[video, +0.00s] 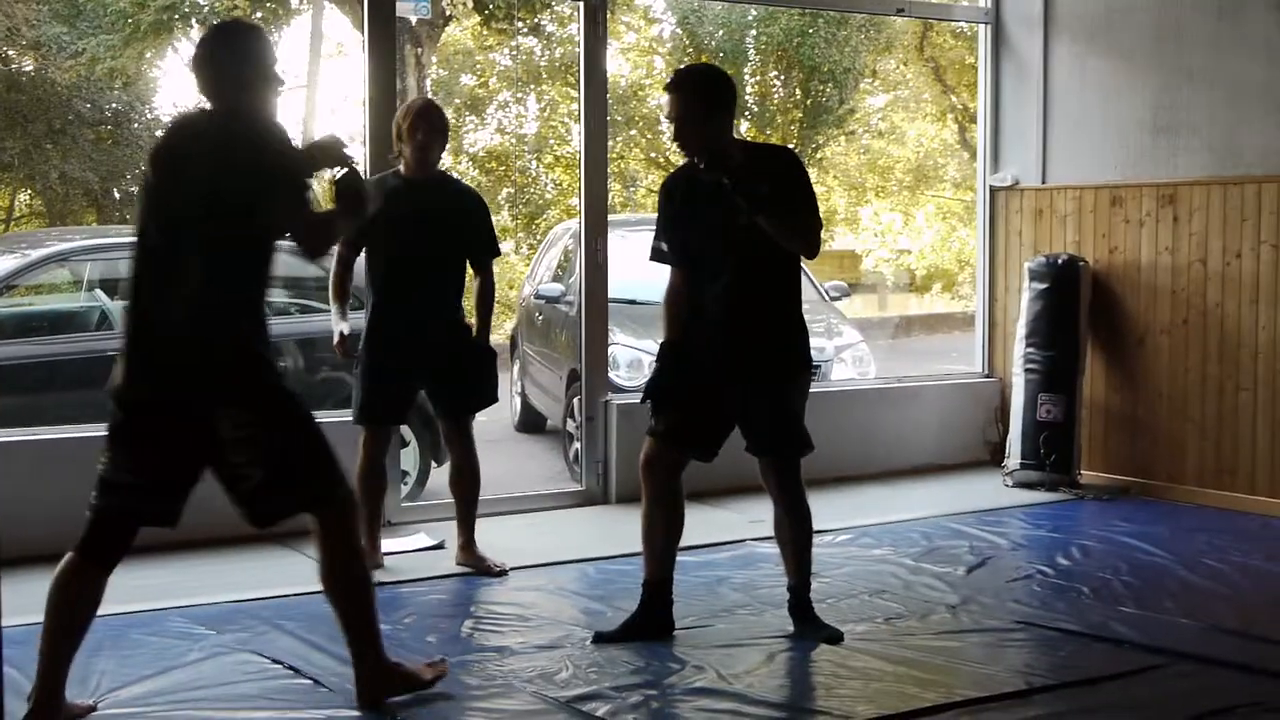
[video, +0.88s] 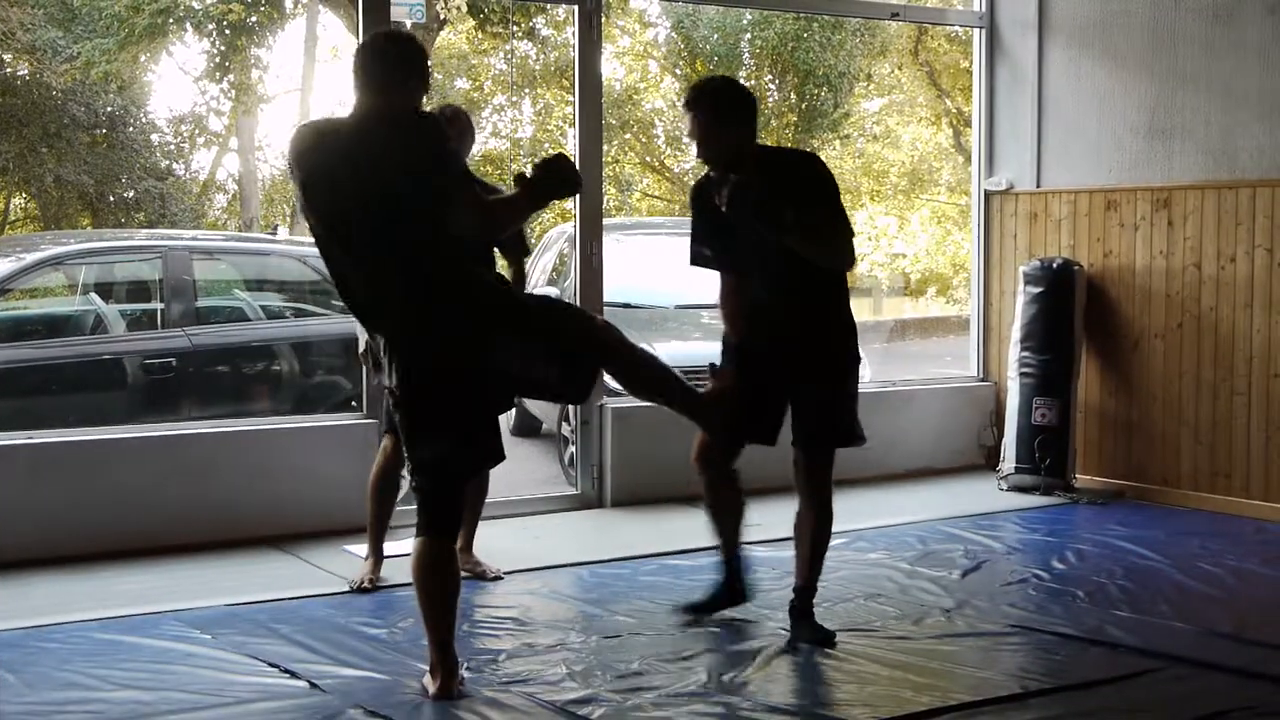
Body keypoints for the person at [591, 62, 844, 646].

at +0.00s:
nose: (673, 130)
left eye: (681, 117)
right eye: (671, 118)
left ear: (716, 113)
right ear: (686, 115)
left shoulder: (778, 165)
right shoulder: (680, 187)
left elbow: (807, 244)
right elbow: (679, 279)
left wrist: (741, 190)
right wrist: (669, 356)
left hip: (772, 352)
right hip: (701, 353)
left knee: (784, 479)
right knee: (658, 464)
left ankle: (801, 605)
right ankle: (655, 610)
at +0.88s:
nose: (693, 141)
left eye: (700, 127)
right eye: (691, 129)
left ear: (733, 122)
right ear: (715, 128)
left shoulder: (803, 169)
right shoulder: (710, 193)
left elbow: (843, 257)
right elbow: (730, 280)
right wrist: (730, 355)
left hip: (821, 348)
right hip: (755, 349)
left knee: (814, 480)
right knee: (712, 457)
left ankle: (804, 607)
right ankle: (733, 578)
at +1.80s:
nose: (740, 134)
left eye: (748, 121)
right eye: (738, 122)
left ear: (787, 115)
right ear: (758, 119)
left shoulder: (843, 172)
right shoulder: (750, 178)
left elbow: (875, 259)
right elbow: (745, 260)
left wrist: (810, 217)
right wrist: (715, 296)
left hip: (822, 350)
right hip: (754, 346)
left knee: (814, 483)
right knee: (708, 466)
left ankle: (812, 607)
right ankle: (683, 609)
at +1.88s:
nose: (736, 134)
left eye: (744, 123)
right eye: (735, 123)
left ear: (781, 117)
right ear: (756, 121)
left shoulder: (841, 178)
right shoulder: (746, 181)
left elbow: (870, 264)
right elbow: (737, 263)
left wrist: (805, 217)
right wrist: (702, 300)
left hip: (815, 354)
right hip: (747, 351)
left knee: (809, 485)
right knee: (707, 474)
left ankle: (810, 607)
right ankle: (680, 615)